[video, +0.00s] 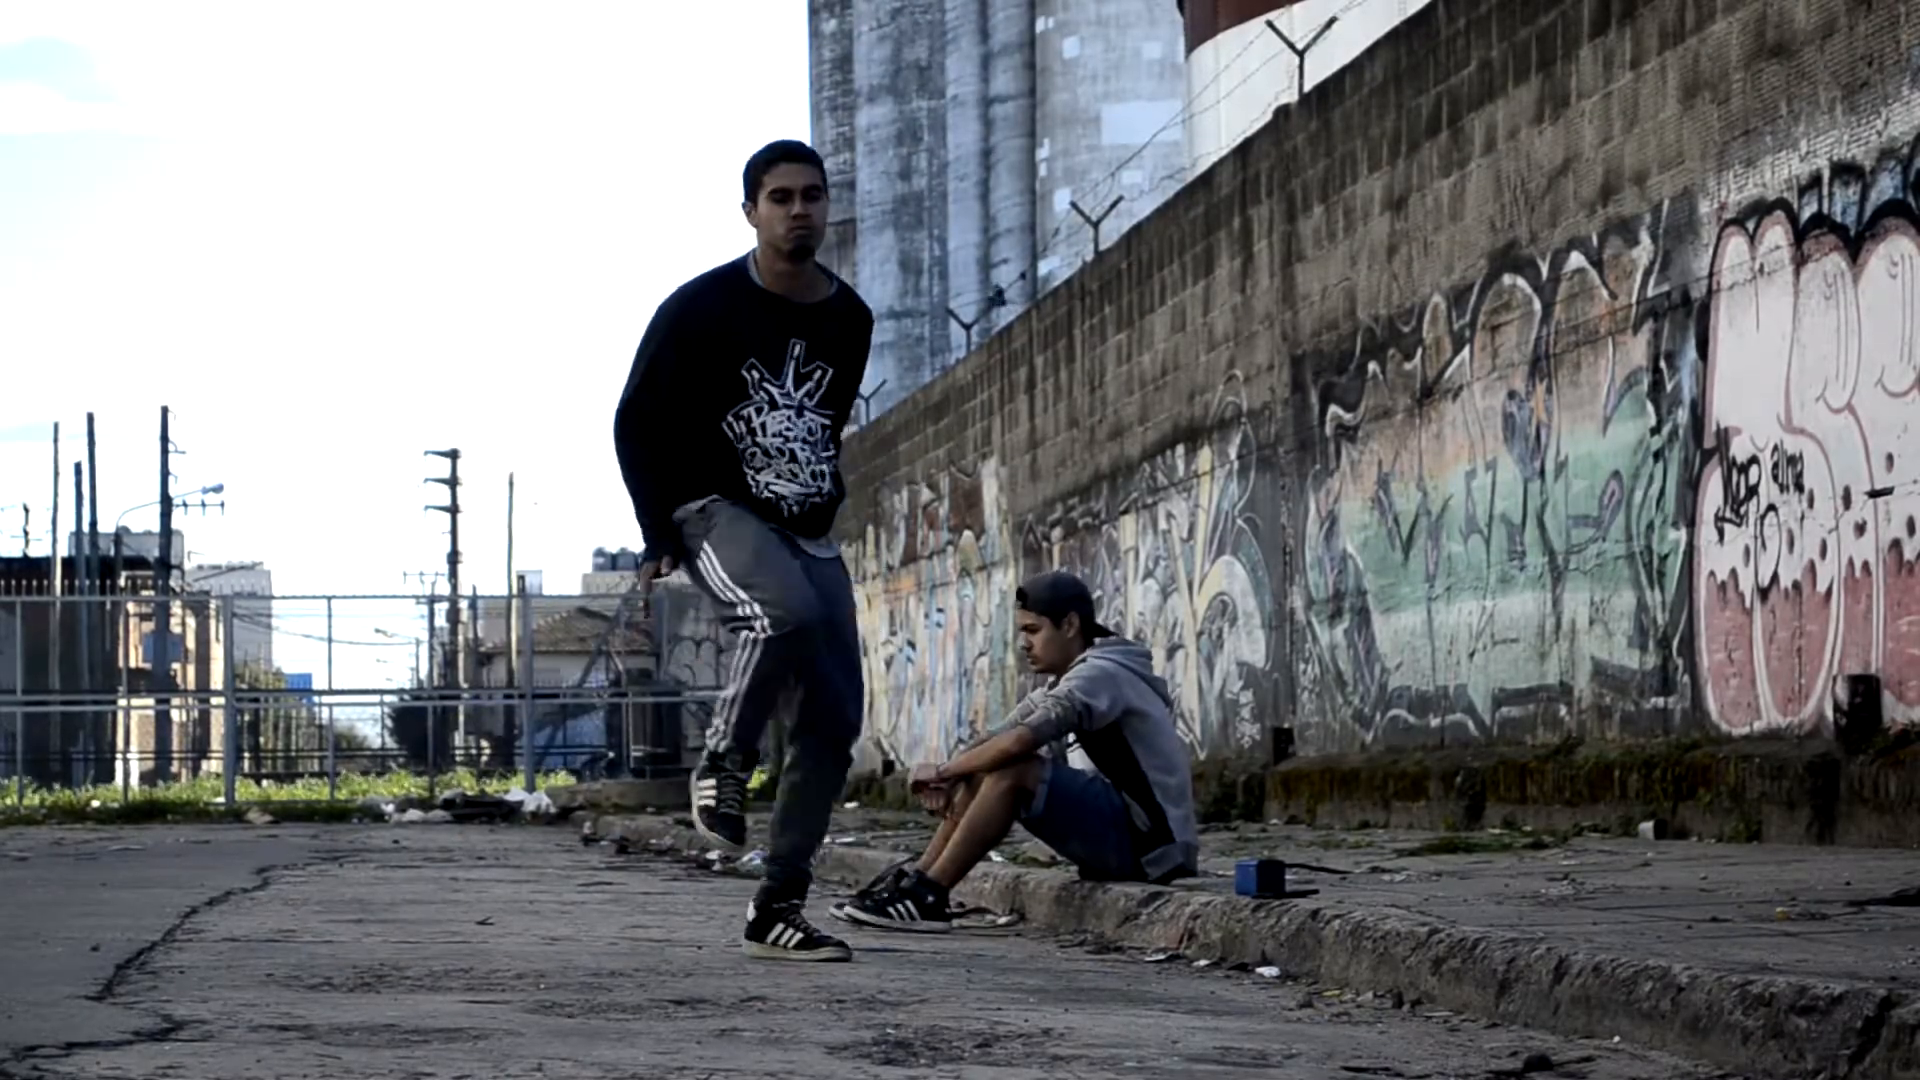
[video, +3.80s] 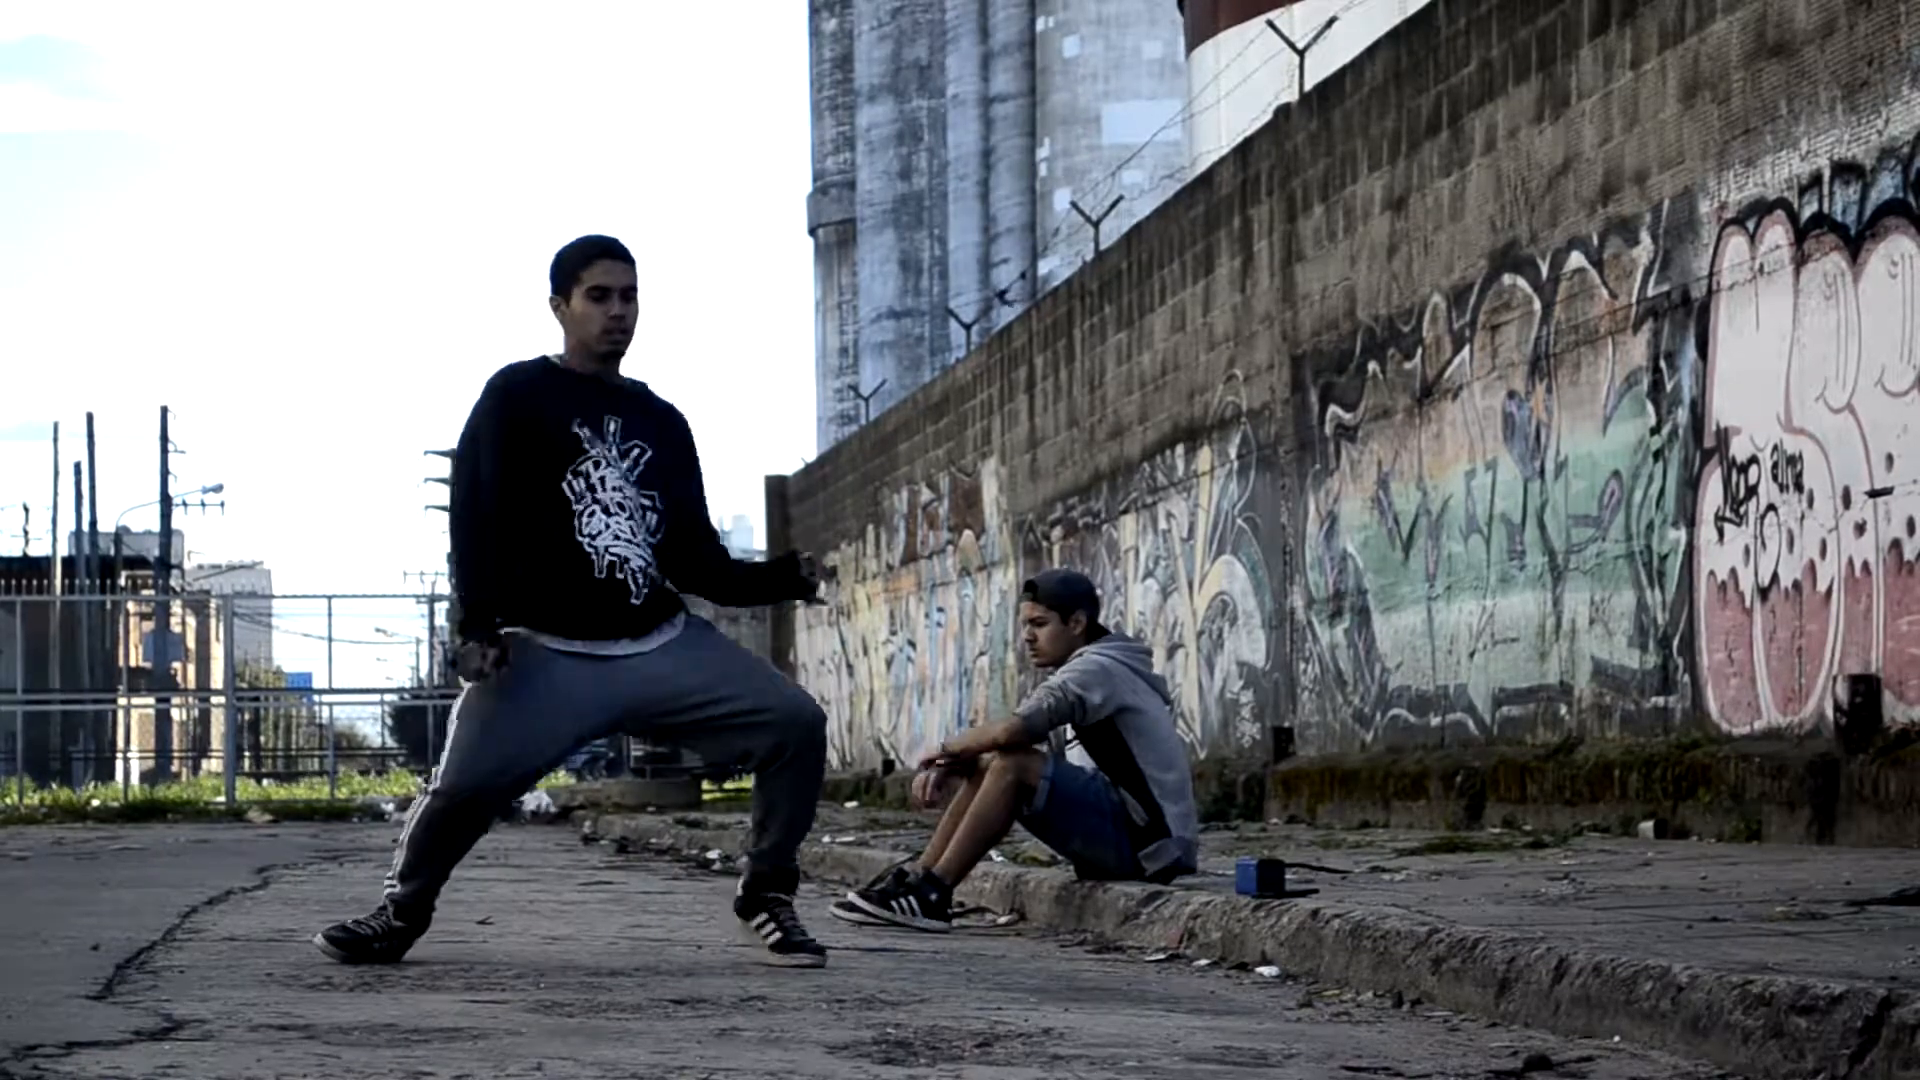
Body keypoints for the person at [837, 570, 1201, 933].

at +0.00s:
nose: (1024, 644)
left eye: (1032, 631)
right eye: (1021, 633)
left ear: (1070, 626)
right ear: (1066, 628)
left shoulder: (1101, 671)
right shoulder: (1071, 676)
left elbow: (1021, 740)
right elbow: (1002, 733)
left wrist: (946, 770)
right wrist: (946, 772)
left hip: (1151, 845)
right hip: (1122, 835)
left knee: (1015, 771)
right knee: (986, 765)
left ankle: (932, 895)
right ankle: (914, 884)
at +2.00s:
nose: (1023, 655)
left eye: (1032, 641)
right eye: (1018, 643)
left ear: (1071, 631)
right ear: (1062, 635)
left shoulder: (1102, 677)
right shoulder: (1064, 678)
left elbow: (1018, 752)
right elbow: (992, 735)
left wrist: (940, 774)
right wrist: (940, 777)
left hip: (1150, 848)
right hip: (1119, 838)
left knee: (1016, 769)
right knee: (988, 760)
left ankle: (932, 895)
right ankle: (915, 881)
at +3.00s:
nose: (1019, 650)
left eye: (1028, 636)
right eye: (1015, 639)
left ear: (1067, 628)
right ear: (1061, 632)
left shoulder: (1101, 676)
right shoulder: (1064, 684)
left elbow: (1011, 751)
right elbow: (999, 743)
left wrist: (957, 749)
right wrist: (942, 776)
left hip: (1151, 848)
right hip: (1120, 839)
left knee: (1013, 771)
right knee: (983, 767)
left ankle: (933, 895)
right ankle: (915, 882)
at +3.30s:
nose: (1029, 642)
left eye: (1040, 629)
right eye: (1025, 630)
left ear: (1079, 627)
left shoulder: (1105, 674)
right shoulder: (1063, 671)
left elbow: (1007, 738)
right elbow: (990, 725)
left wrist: (994, 717)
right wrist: (936, 792)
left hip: (1147, 845)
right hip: (1116, 833)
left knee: (1013, 766)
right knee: (988, 756)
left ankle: (932, 895)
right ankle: (915, 882)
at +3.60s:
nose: (1029, 642)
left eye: (1039, 629)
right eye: (1026, 630)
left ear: (1079, 627)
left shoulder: (1103, 670)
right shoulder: (1073, 672)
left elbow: (1009, 737)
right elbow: (995, 728)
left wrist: (999, 720)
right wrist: (941, 784)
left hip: (1150, 842)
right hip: (1119, 832)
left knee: (1011, 765)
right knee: (989, 758)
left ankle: (932, 895)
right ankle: (912, 883)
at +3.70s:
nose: (1028, 639)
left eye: (1039, 626)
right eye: (1026, 628)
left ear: (1079, 625)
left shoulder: (1101, 667)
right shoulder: (1081, 669)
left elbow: (1010, 735)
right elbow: (1010, 734)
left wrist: (978, 725)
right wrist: (949, 771)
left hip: (1149, 843)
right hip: (1122, 834)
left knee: (1014, 764)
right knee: (988, 757)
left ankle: (936, 893)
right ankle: (914, 881)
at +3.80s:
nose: (1027, 637)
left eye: (1038, 625)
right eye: (1025, 626)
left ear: (1077, 624)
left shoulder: (1097, 665)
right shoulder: (1082, 668)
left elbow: (1012, 732)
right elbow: (1019, 745)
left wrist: (943, 749)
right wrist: (958, 763)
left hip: (1150, 842)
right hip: (1123, 833)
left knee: (1013, 764)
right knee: (985, 765)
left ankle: (935, 894)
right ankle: (915, 882)